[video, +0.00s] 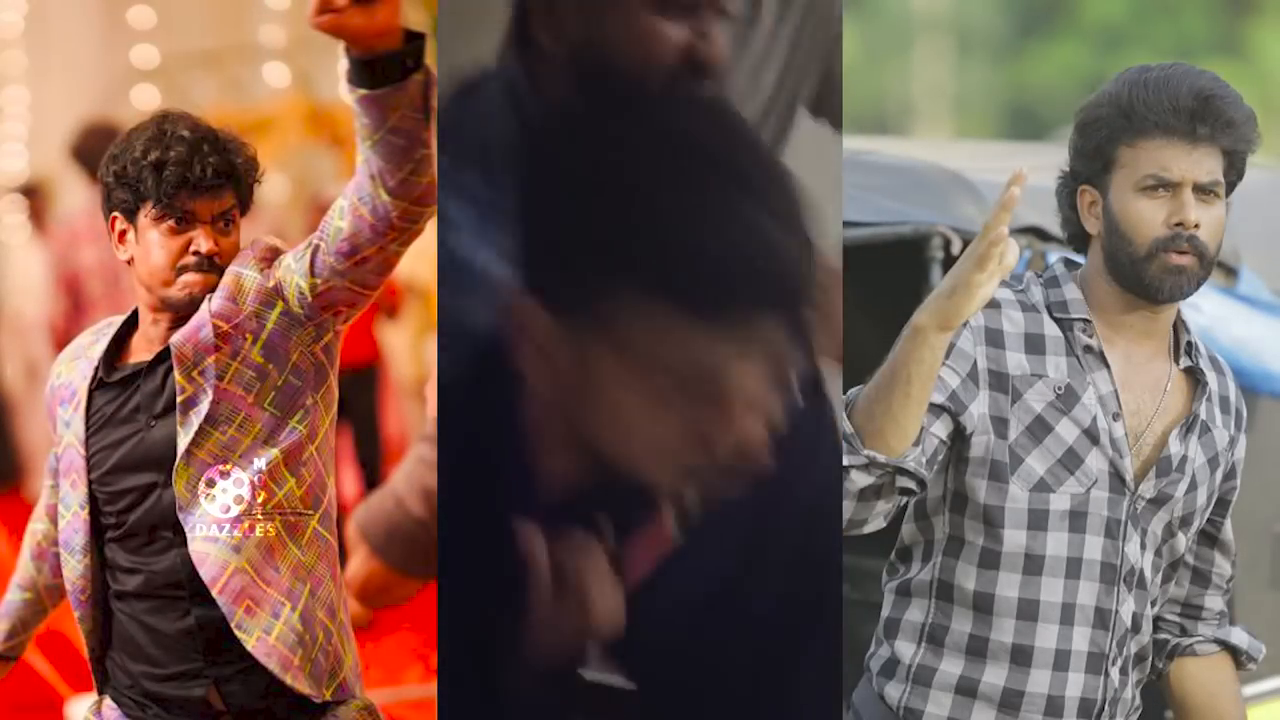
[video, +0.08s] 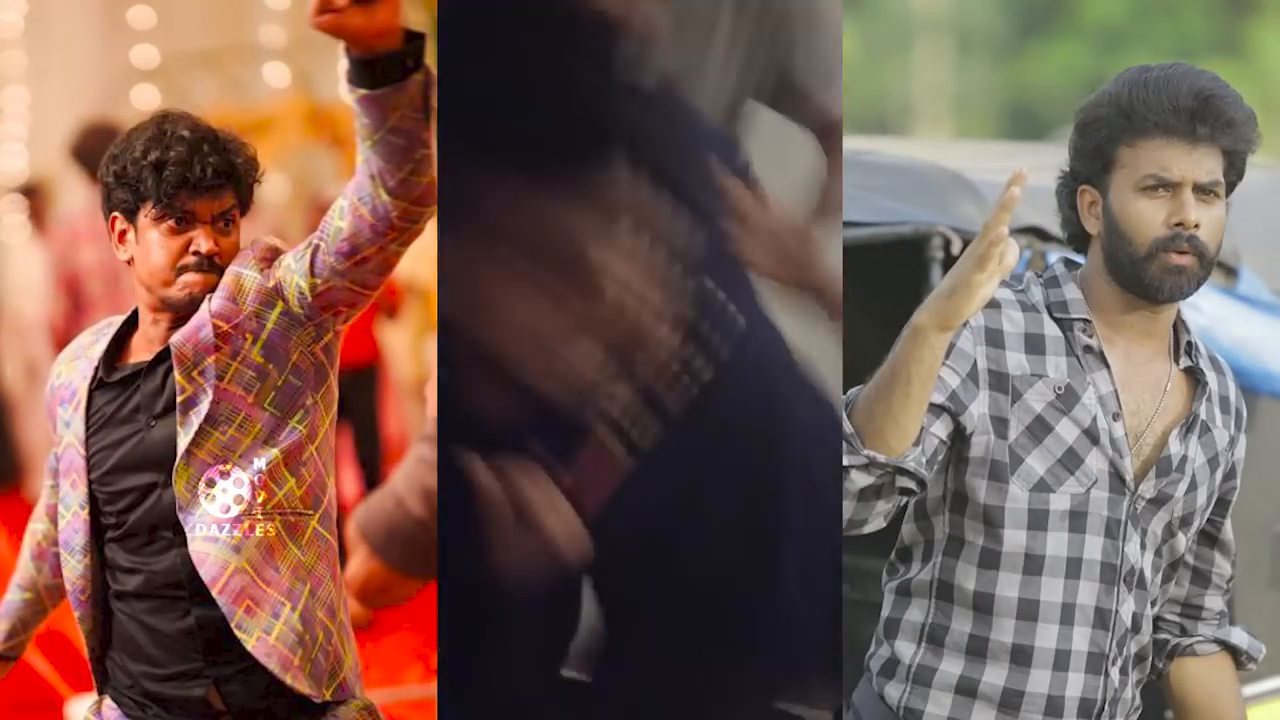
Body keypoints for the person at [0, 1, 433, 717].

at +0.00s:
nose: (206, 245)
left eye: (223, 222)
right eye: (179, 222)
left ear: (243, 230)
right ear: (122, 236)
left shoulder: (287, 312)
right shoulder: (76, 373)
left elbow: (394, 199)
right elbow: (56, 524)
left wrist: (380, 52)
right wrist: (8, 634)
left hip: (292, 702)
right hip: (140, 707)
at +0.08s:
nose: (206, 245)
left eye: (224, 223)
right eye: (179, 222)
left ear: (243, 230)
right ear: (123, 237)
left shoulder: (288, 311)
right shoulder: (76, 373)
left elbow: (395, 199)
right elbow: (56, 524)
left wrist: (381, 52)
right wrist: (8, 633)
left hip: (291, 700)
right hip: (140, 705)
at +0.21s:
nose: (206, 245)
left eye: (224, 223)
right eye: (179, 222)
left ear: (243, 230)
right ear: (123, 237)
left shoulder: (288, 311)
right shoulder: (76, 373)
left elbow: (394, 200)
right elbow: (56, 524)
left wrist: (381, 52)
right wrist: (8, 633)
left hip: (291, 700)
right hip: (140, 705)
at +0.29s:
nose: (206, 245)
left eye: (224, 223)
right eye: (179, 222)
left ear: (243, 230)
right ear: (123, 237)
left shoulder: (288, 311)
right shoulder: (76, 373)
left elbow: (394, 200)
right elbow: (56, 523)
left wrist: (381, 52)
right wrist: (8, 633)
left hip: (291, 700)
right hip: (140, 705)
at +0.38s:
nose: (206, 245)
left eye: (224, 223)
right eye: (179, 222)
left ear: (243, 230)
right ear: (123, 237)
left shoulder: (288, 311)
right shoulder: (76, 373)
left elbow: (394, 200)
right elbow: (56, 523)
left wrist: (381, 52)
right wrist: (8, 634)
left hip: (291, 700)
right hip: (140, 705)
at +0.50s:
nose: (206, 245)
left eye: (224, 223)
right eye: (179, 222)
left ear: (243, 230)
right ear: (123, 237)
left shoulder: (288, 311)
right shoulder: (76, 373)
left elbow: (394, 199)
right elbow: (56, 524)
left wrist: (381, 52)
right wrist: (8, 634)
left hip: (291, 700)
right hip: (140, 705)